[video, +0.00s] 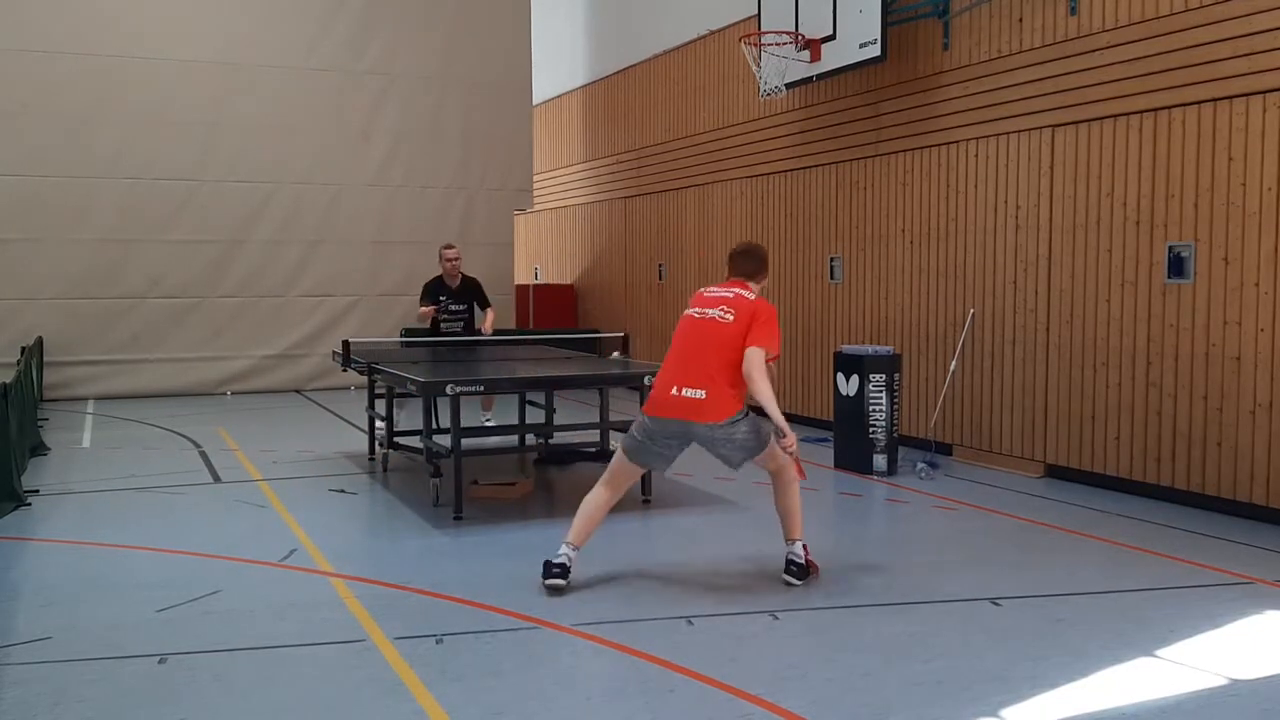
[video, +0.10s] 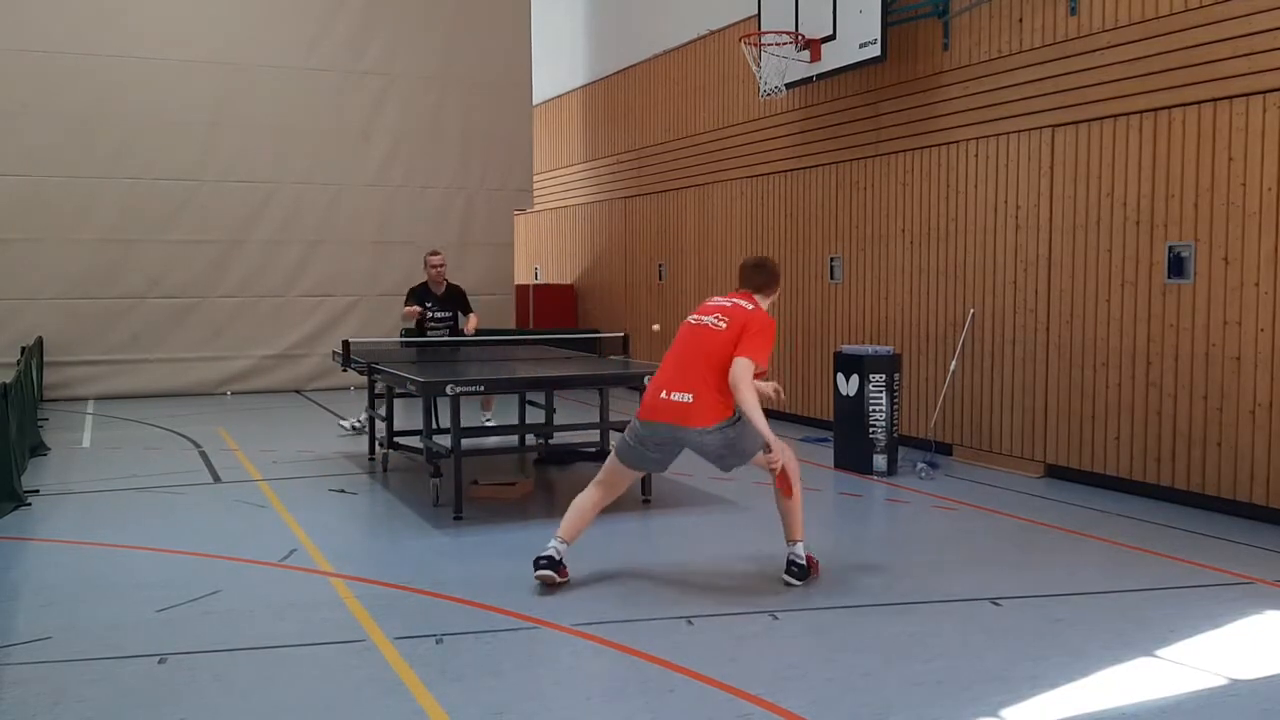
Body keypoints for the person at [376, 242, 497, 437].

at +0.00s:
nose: (454, 264)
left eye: (457, 260)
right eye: (449, 260)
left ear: (461, 261)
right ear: (440, 263)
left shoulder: (471, 283)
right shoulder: (431, 286)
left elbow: (489, 310)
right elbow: (421, 317)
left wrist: (487, 326)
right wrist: (428, 312)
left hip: (467, 345)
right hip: (437, 347)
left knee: (491, 373)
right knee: (407, 373)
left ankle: (487, 418)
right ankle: (392, 419)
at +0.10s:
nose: (439, 270)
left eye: (442, 266)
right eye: (434, 267)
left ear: (446, 267)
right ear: (425, 270)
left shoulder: (456, 291)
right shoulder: (417, 292)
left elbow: (472, 316)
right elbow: (406, 315)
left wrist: (470, 326)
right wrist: (412, 313)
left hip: (453, 353)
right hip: (422, 354)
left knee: (491, 371)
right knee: (386, 376)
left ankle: (487, 420)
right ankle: (365, 419)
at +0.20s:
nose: (421, 272)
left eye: (424, 268)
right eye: (416, 269)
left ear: (429, 269)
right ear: (407, 272)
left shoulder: (438, 294)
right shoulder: (398, 293)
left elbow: (454, 318)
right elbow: (387, 311)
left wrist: (448, 318)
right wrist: (391, 313)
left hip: (433, 356)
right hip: (401, 356)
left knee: (468, 376)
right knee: (364, 383)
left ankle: (484, 418)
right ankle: (354, 422)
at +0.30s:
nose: (405, 268)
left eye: (407, 264)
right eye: (400, 266)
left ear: (411, 264)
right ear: (390, 268)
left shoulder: (423, 287)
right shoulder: (382, 289)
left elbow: (429, 311)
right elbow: (373, 312)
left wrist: (409, 314)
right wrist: (368, 323)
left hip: (420, 349)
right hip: (389, 349)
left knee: (454, 369)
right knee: (354, 374)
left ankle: (468, 415)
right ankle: (348, 417)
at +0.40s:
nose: (390, 272)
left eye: (392, 267)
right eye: (384, 269)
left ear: (396, 268)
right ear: (375, 272)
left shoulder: (408, 289)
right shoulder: (370, 294)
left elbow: (405, 312)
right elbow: (358, 323)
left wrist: (384, 312)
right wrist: (344, 336)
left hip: (410, 352)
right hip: (382, 352)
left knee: (437, 381)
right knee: (351, 378)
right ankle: (337, 422)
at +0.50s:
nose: (377, 279)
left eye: (380, 274)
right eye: (372, 276)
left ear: (384, 275)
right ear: (363, 280)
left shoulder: (396, 296)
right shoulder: (362, 303)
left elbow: (382, 314)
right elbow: (353, 331)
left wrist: (352, 314)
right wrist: (343, 351)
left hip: (403, 354)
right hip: (376, 355)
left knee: (432, 380)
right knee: (346, 379)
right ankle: (338, 422)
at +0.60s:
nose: (370, 282)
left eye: (372, 278)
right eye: (364, 280)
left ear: (377, 278)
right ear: (356, 284)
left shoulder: (389, 299)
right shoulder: (359, 308)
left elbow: (369, 316)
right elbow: (356, 340)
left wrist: (333, 316)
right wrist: (342, 361)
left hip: (403, 356)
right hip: (376, 357)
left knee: (433, 384)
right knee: (346, 379)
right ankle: (338, 423)